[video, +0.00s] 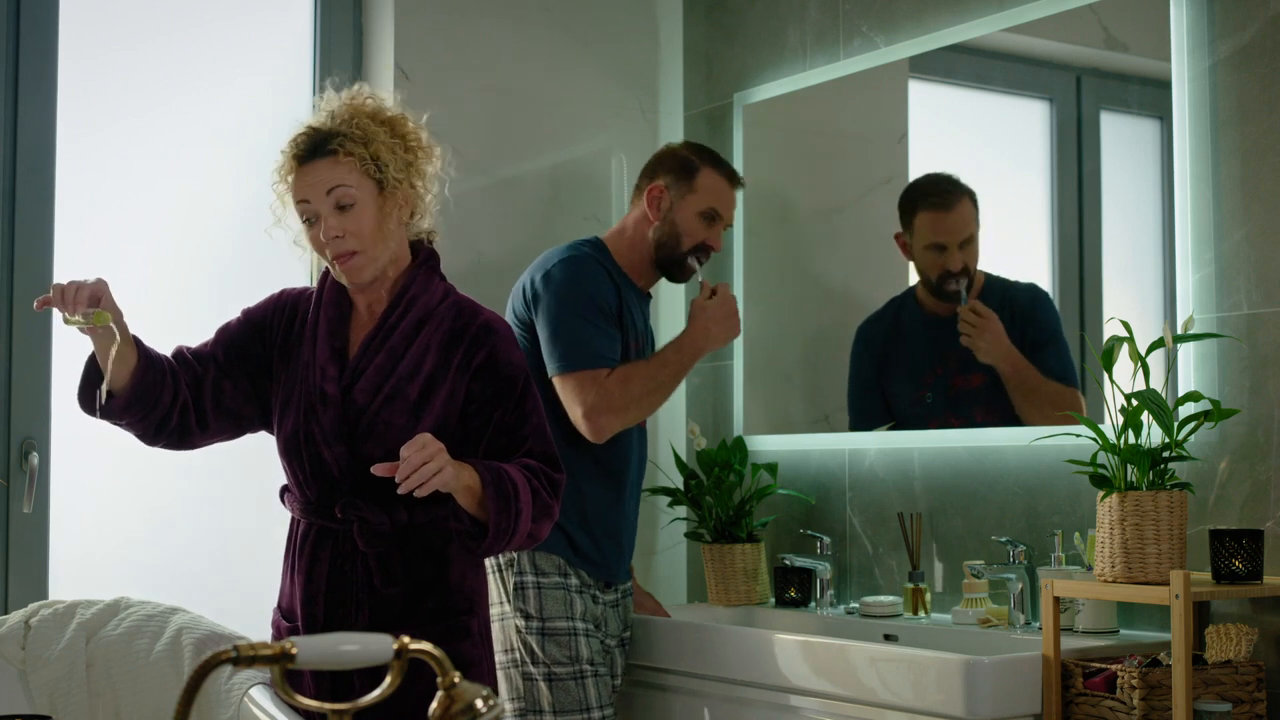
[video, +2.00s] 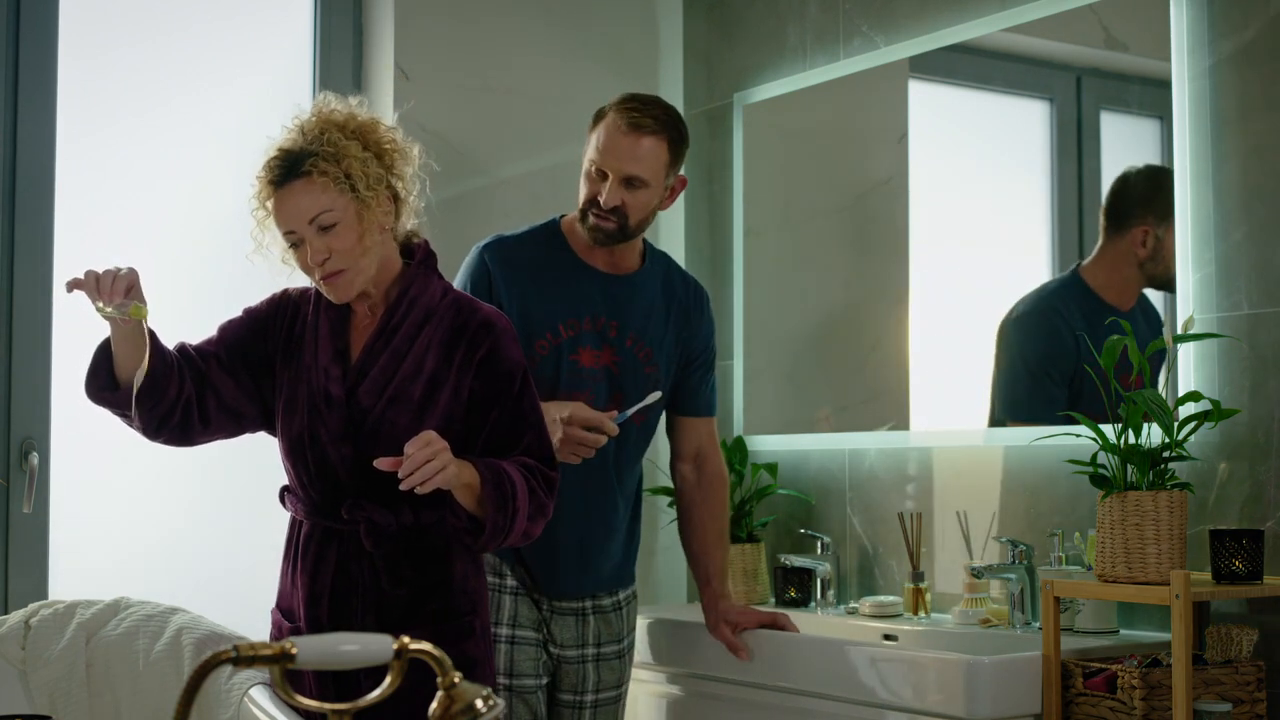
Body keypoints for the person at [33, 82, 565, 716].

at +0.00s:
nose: (327, 231)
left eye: (344, 203)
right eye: (311, 215)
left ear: (400, 198)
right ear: (301, 226)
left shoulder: (478, 342)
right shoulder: (289, 326)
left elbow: (537, 497)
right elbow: (176, 406)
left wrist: (463, 479)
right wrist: (105, 328)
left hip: (435, 630)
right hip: (311, 628)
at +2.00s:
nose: (313, 255)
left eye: (327, 227)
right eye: (295, 240)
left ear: (383, 207)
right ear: (283, 243)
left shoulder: (475, 335)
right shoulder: (289, 327)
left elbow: (532, 496)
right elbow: (173, 404)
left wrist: (462, 476)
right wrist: (127, 320)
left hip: (436, 618)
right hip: (312, 617)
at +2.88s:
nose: (330, 220)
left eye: (358, 201)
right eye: (323, 200)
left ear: (411, 216)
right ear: (311, 207)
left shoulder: (476, 331)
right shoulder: (291, 339)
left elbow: (529, 484)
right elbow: (211, 457)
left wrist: (460, 466)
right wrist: (141, 374)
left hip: (441, 614)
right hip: (318, 614)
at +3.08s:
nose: (388, 218)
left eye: (407, 197)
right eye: (366, 196)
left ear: (429, 210)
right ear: (326, 208)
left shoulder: (479, 330)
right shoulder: (287, 343)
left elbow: (532, 487)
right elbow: (226, 478)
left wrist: (473, 459)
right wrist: (148, 391)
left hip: (451, 618)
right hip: (324, 618)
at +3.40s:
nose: (435, 224)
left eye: (441, 204)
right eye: (412, 201)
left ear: (451, 207)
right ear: (348, 205)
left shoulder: (479, 328)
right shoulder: (284, 341)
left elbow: (529, 505)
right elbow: (241, 497)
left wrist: (535, 454)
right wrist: (205, 369)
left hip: (479, 612)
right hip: (349, 619)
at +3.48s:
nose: (441, 227)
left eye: (446, 207)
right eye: (420, 206)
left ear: (453, 210)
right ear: (355, 211)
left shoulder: (478, 327)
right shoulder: (291, 336)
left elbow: (509, 489)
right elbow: (253, 481)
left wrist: (538, 448)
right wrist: (233, 336)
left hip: (482, 602)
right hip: (358, 606)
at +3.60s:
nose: (443, 234)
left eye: (451, 215)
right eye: (423, 211)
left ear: (461, 217)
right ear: (360, 210)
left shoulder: (475, 331)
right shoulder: (305, 325)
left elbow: (509, 488)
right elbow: (282, 453)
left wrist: (562, 434)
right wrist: (281, 300)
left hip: (485, 600)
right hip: (368, 602)